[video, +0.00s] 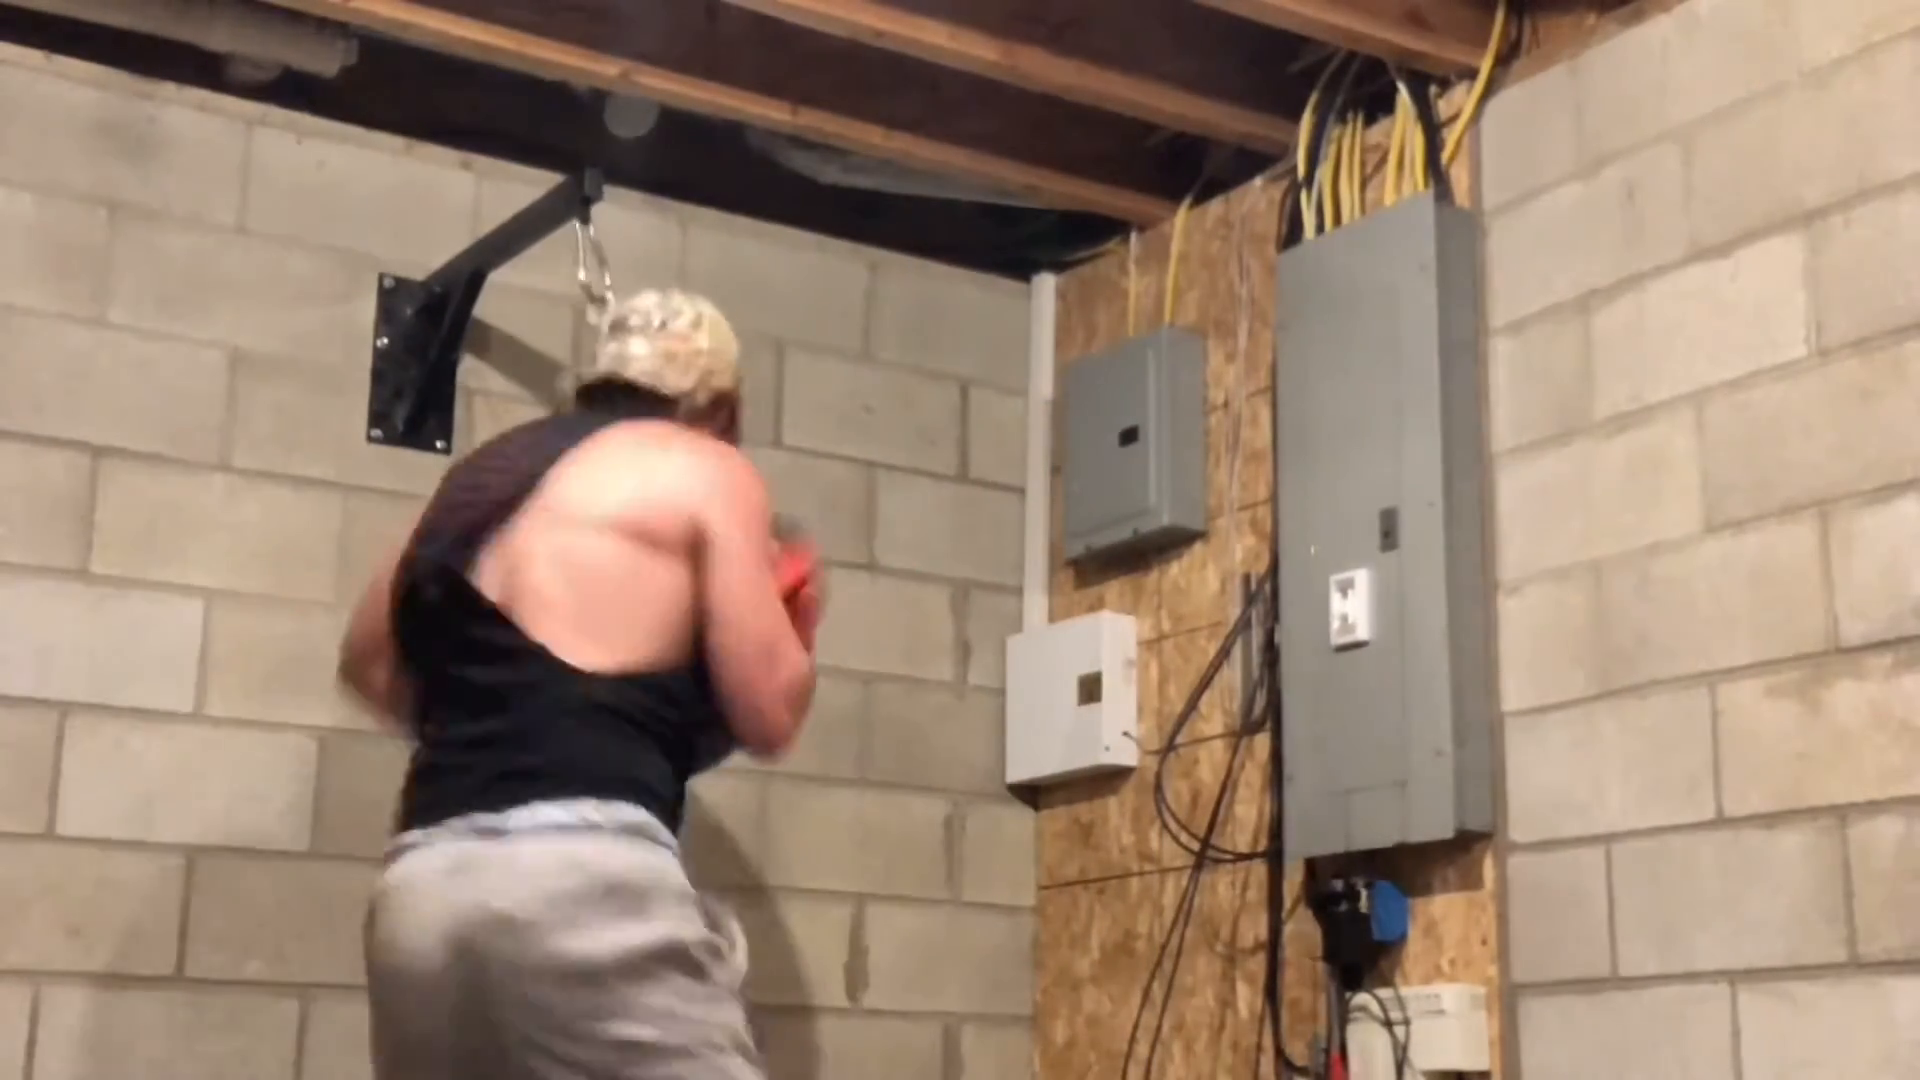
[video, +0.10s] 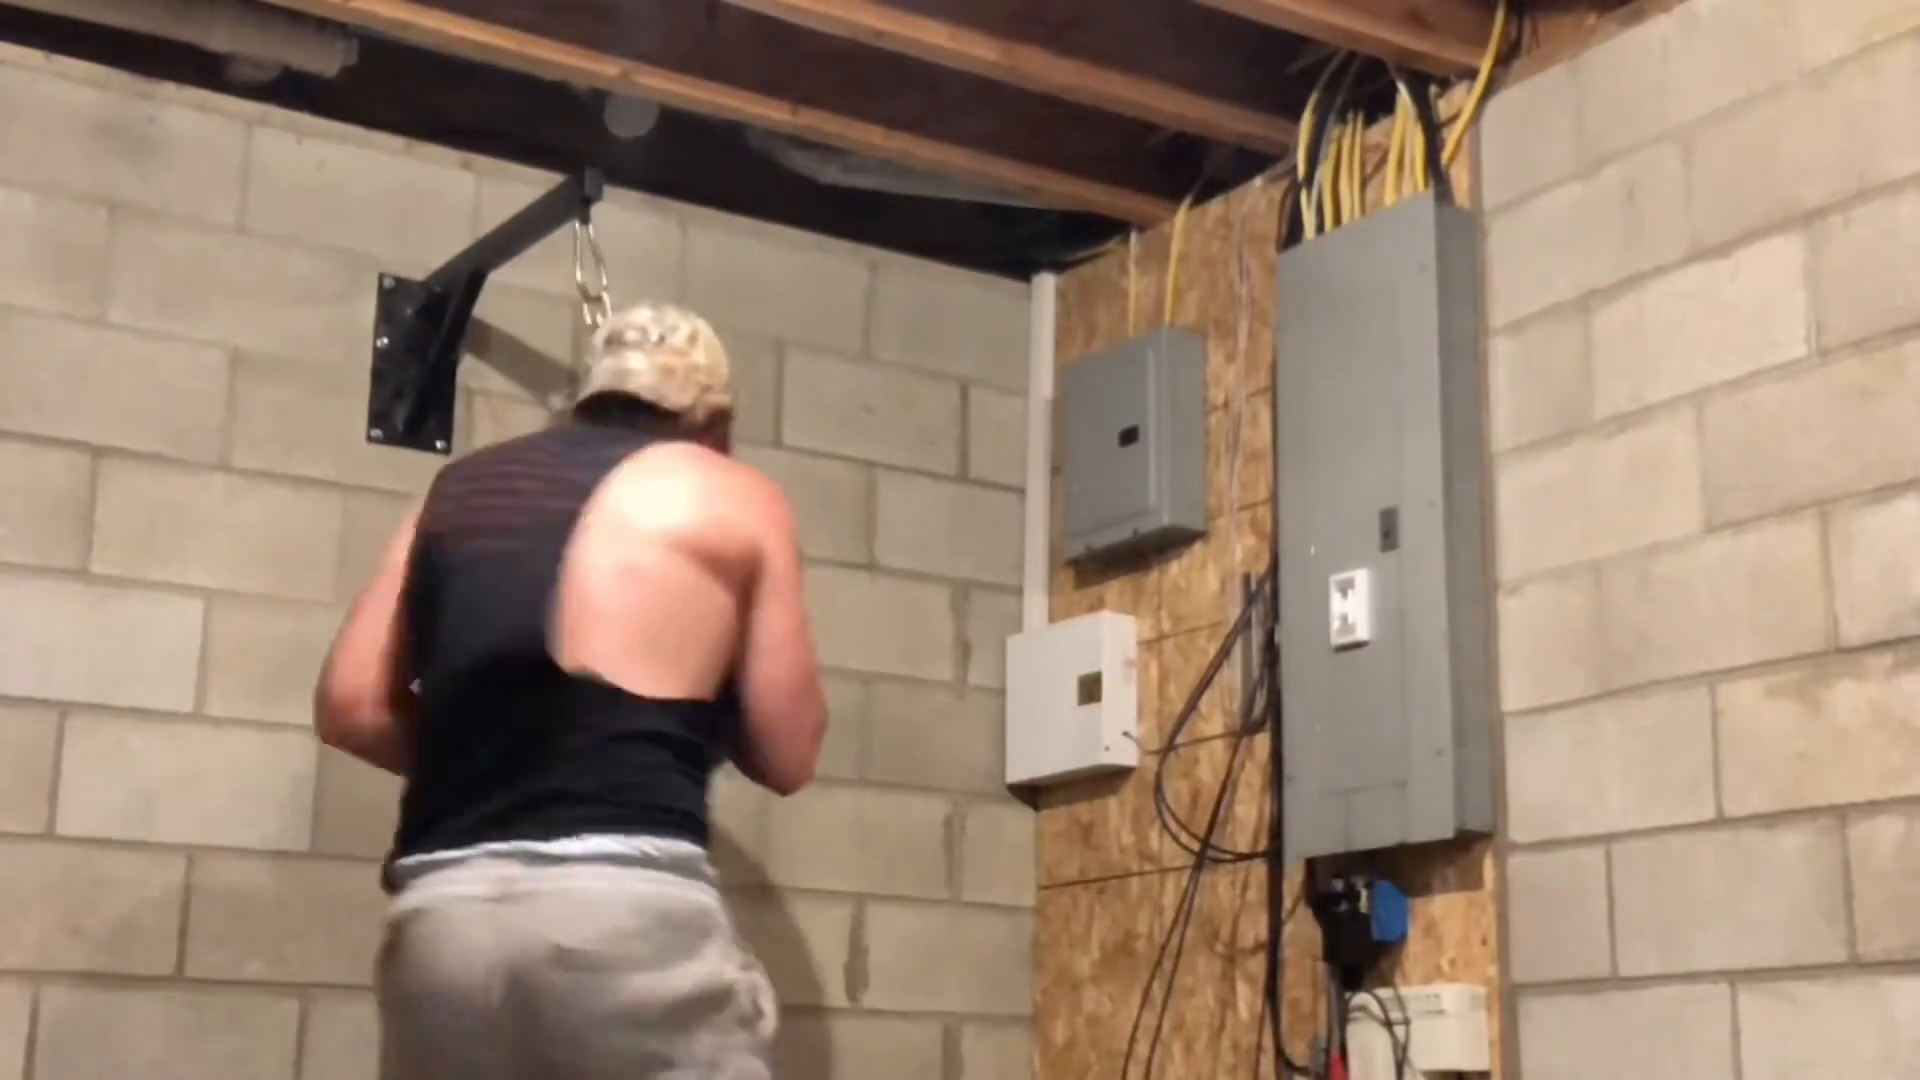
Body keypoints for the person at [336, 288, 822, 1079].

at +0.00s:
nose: (733, 437)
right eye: (734, 423)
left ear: (599, 384)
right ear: (716, 406)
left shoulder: (482, 472)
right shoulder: (710, 470)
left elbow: (369, 656)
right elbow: (769, 716)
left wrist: (481, 724)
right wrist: (792, 615)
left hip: (419, 887)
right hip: (591, 884)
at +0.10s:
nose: (730, 452)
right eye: (730, 440)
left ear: (587, 405)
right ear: (711, 425)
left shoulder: (457, 485)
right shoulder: (739, 497)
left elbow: (351, 707)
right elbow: (786, 759)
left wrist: (492, 756)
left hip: (440, 923)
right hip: (634, 923)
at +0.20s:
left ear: (606, 384)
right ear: (736, 398)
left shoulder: (471, 475)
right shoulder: (787, 489)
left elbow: (374, 683)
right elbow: (825, 755)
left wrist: (509, 739)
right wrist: (725, 673)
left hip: (495, 932)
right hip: (692, 936)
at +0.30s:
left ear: (644, 363)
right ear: (781, 375)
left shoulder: (522, 456)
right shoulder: (846, 471)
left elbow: (403, 656)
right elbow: (890, 743)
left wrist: (513, 713)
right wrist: (789, 668)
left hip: (558, 932)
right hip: (766, 922)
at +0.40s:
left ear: (690, 326)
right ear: (827, 336)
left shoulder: (575, 431)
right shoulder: (901, 454)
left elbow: (446, 625)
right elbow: (948, 727)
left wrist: (571, 686)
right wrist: (834, 657)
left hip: (608, 912)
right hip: (821, 914)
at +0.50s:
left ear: (720, 277)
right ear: (862, 289)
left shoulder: (615, 366)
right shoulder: (942, 404)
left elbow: (485, 559)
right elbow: (976, 678)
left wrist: (606, 600)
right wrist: (863, 615)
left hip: (630, 830)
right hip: (841, 842)